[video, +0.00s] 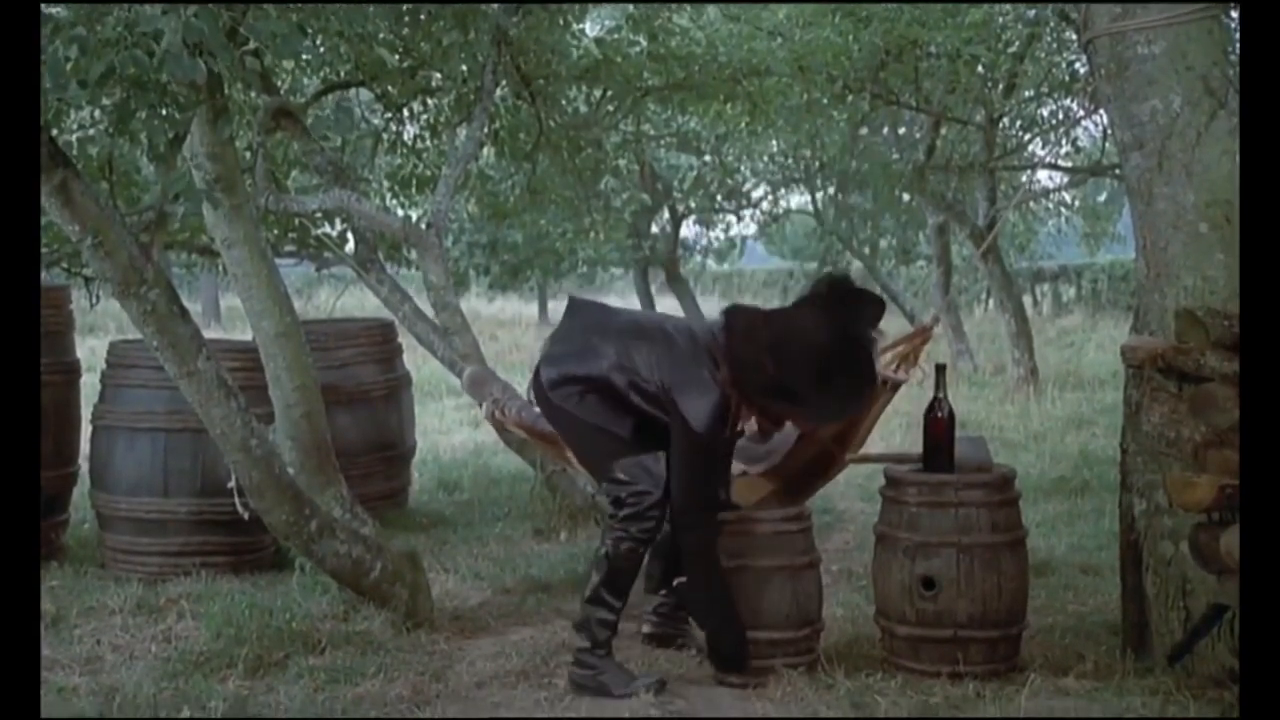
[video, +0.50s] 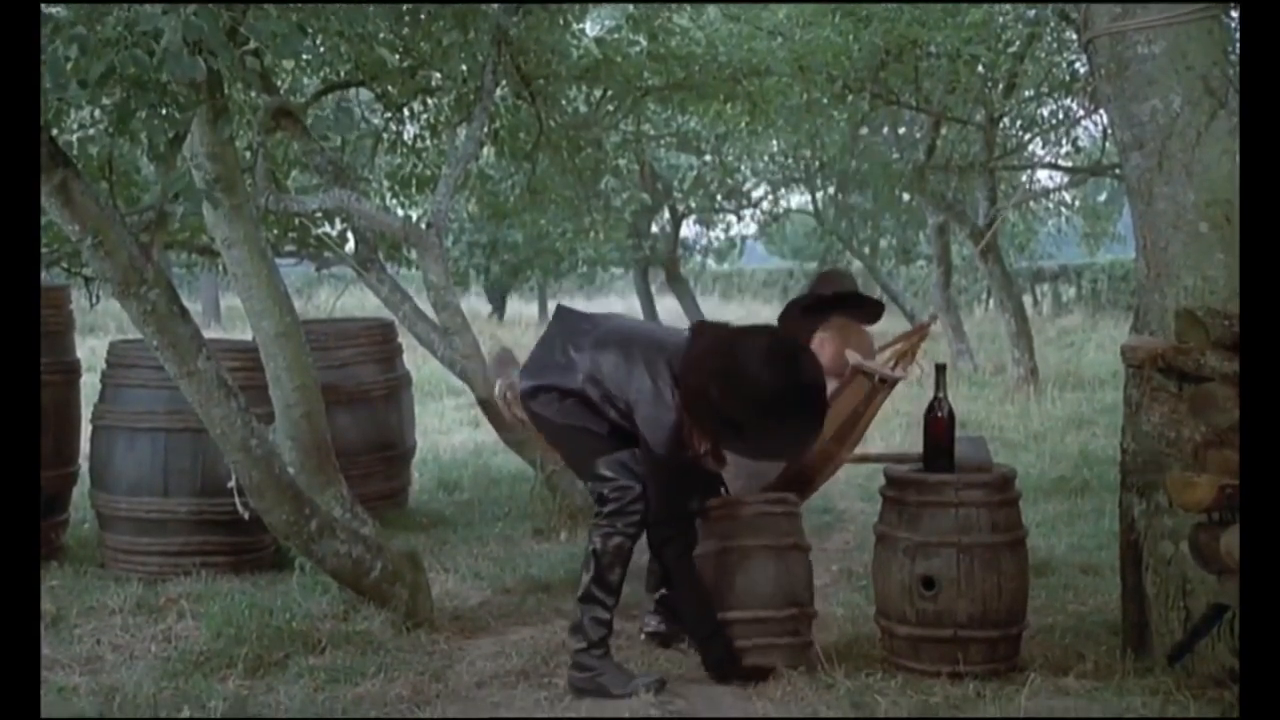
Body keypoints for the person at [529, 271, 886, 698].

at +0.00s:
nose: (784, 428)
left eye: (795, 421)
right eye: (788, 416)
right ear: (766, 391)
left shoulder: (732, 359)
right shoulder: (702, 401)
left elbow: (710, 504)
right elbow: (694, 532)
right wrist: (730, 656)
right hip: (567, 380)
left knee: (685, 487)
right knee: (640, 492)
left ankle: (668, 615)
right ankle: (590, 660)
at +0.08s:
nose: (780, 434)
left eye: (790, 426)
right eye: (783, 422)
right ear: (763, 395)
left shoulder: (730, 361)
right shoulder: (700, 409)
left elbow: (711, 500)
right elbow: (693, 534)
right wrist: (728, 659)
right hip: (568, 382)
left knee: (687, 487)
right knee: (639, 494)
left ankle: (671, 613)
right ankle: (590, 661)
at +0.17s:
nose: (766, 446)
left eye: (779, 439)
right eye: (770, 433)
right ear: (751, 403)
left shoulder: (725, 368)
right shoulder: (691, 414)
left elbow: (702, 509)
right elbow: (683, 541)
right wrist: (724, 654)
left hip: (616, 369)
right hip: (565, 382)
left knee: (684, 480)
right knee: (634, 491)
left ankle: (671, 610)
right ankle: (589, 661)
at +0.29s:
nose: (752, 449)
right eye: (757, 438)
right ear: (737, 404)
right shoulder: (678, 409)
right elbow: (677, 548)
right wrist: (722, 655)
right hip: (563, 381)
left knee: (695, 487)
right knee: (629, 488)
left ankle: (670, 612)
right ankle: (590, 659)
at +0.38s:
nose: (744, 449)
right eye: (748, 440)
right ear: (727, 407)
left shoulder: (720, 367)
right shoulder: (673, 407)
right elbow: (675, 545)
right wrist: (719, 655)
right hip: (561, 382)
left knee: (696, 489)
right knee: (627, 489)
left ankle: (668, 612)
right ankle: (590, 660)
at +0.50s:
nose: (723, 455)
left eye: (735, 445)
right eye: (722, 441)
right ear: (705, 410)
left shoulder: (715, 367)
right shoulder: (663, 415)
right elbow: (670, 554)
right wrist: (721, 661)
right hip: (554, 384)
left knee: (690, 493)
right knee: (622, 493)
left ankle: (665, 615)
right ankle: (589, 660)